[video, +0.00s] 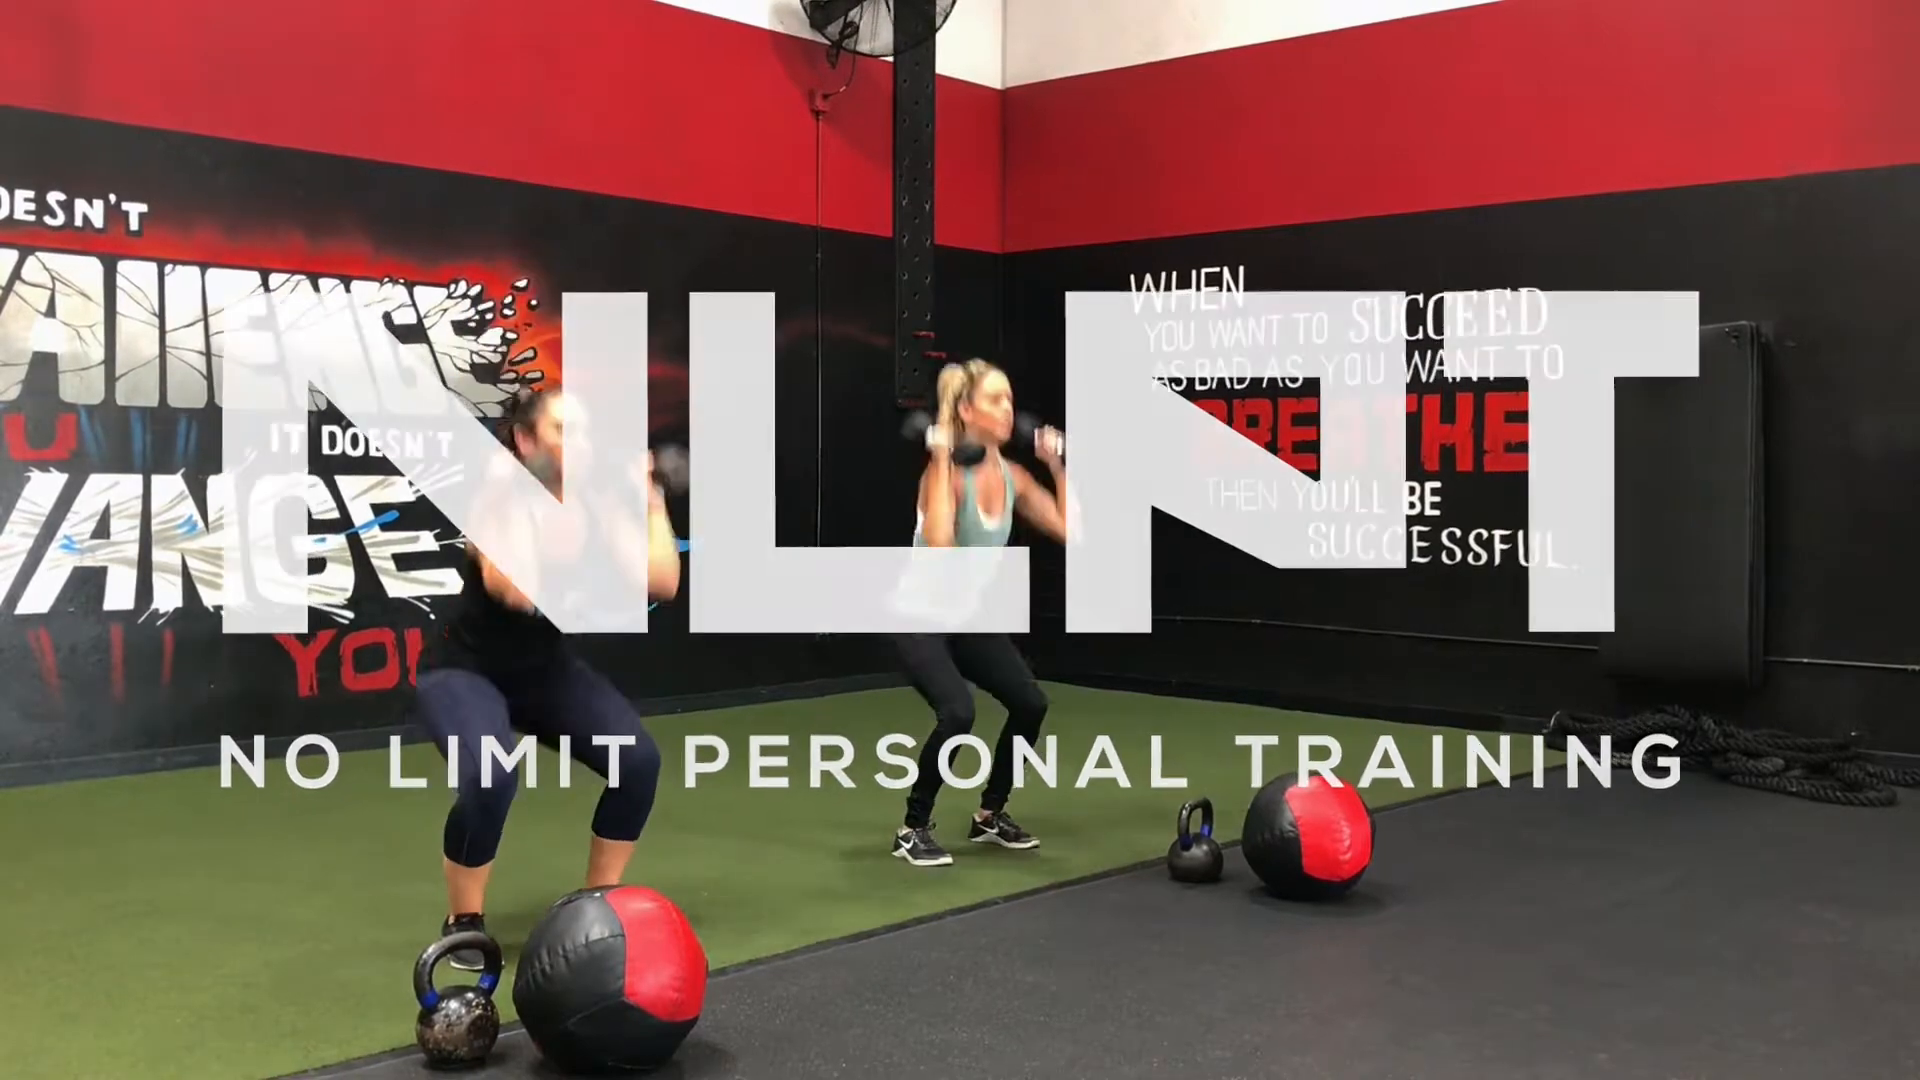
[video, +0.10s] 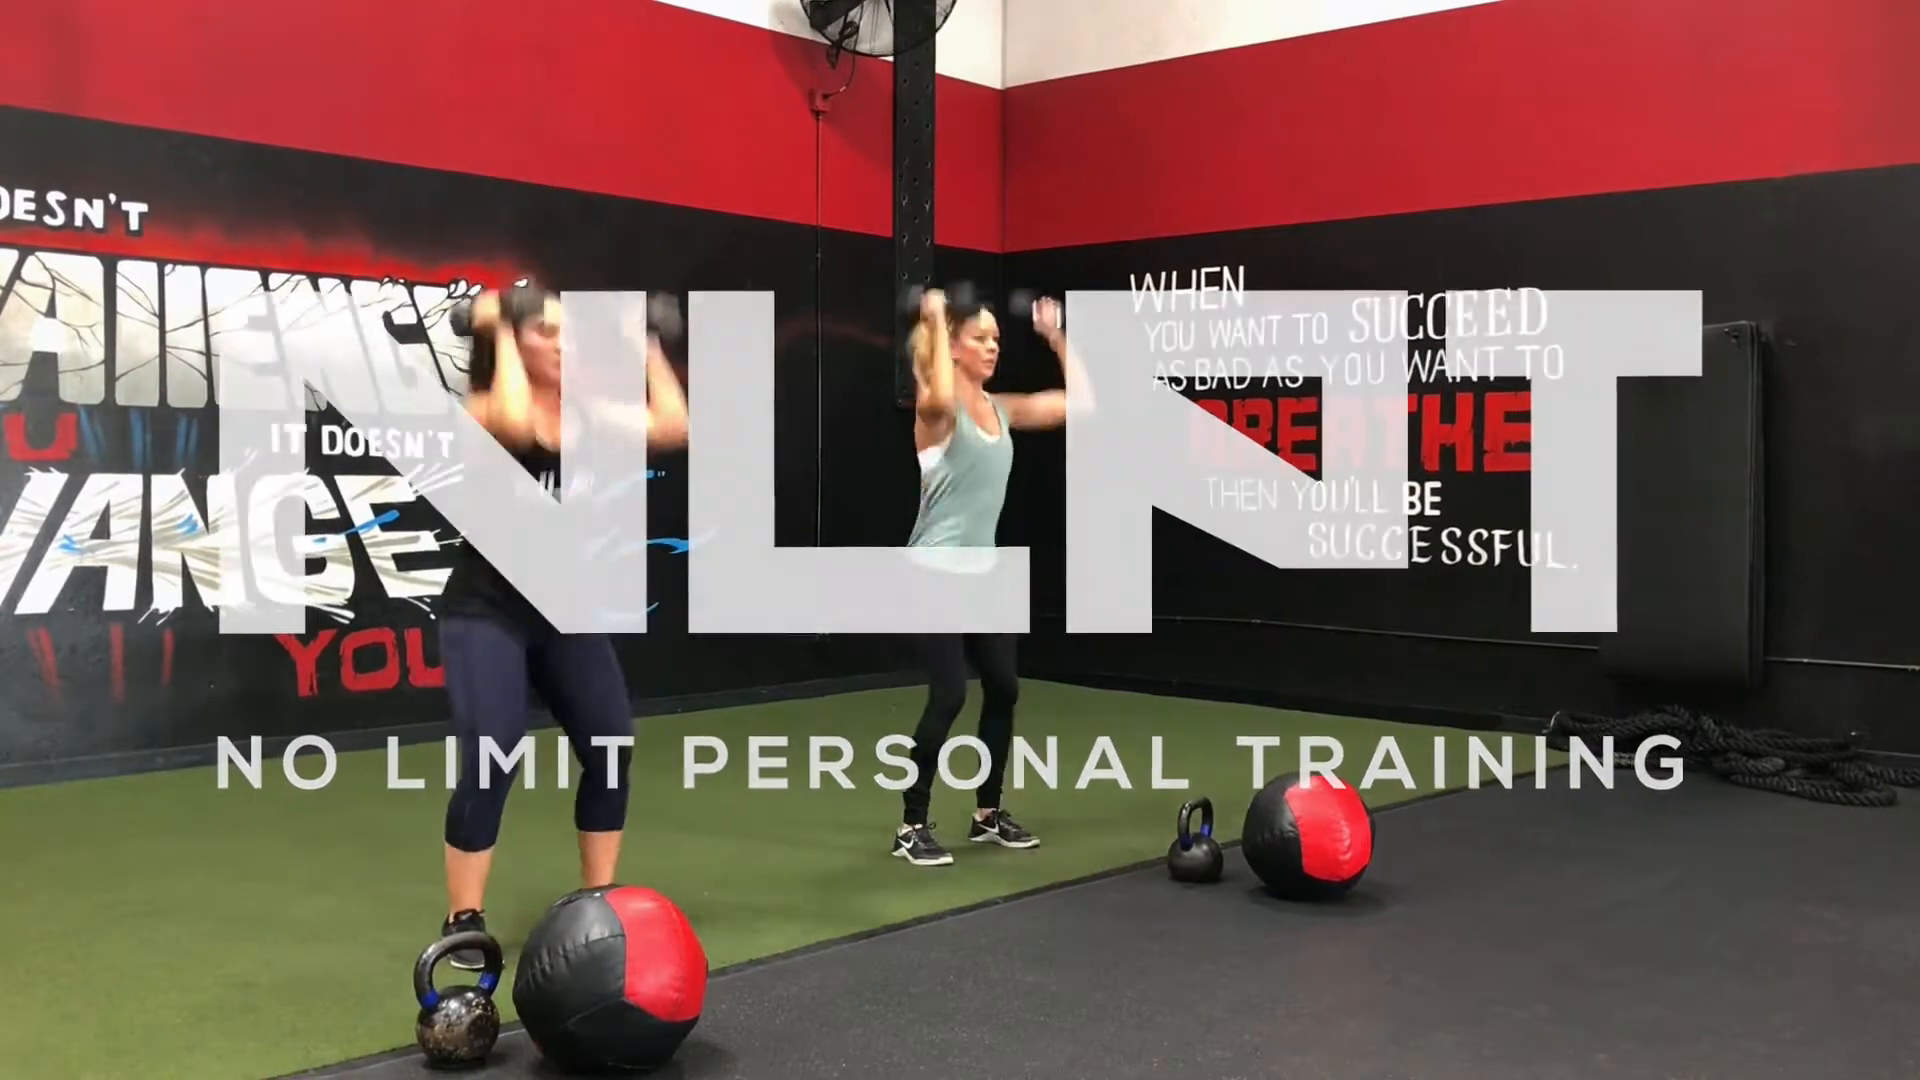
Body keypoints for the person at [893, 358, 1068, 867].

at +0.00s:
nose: (1008, 410)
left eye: (1009, 400)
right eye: (996, 401)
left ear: (1005, 409)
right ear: (965, 410)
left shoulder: (1011, 474)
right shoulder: (943, 473)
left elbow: (1068, 530)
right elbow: (938, 542)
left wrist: (1057, 467)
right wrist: (941, 460)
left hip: (971, 621)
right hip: (918, 622)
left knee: (1030, 703)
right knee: (957, 711)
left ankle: (990, 813)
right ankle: (915, 828)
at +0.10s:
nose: (992, 348)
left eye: (994, 340)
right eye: (981, 340)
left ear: (996, 346)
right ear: (951, 347)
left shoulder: (999, 407)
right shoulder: (937, 407)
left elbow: (1079, 403)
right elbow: (938, 392)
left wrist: (1058, 340)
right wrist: (934, 325)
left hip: (986, 578)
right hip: (932, 579)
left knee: (1003, 688)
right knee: (948, 692)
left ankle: (988, 813)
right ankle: (913, 825)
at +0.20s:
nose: (989, 343)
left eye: (991, 333)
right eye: (977, 333)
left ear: (991, 340)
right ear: (946, 338)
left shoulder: (997, 394)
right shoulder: (938, 397)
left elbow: (1056, 328)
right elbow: (942, 324)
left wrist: (1050, 250)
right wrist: (939, 239)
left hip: (991, 570)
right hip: (941, 571)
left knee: (987, 692)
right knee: (938, 689)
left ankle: (987, 813)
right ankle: (912, 824)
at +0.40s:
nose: (984, 343)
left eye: (987, 334)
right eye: (972, 334)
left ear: (988, 342)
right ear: (944, 343)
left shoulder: (993, 395)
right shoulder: (933, 397)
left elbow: (1063, 352)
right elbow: (936, 340)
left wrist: (1052, 282)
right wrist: (933, 259)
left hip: (985, 571)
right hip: (933, 572)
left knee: (996, 686)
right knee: (940, 690)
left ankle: (987, 814)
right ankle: (913, 825)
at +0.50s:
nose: (997, 376)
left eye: (995, 367)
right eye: (987, 368)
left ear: (984, 375)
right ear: (959, 377)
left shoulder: (997, 434)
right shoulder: (936, 433)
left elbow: (1073, 456)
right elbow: (934, 450)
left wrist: (1059, 392)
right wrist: (932, 370)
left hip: (967, 594)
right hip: (915, 594)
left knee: (1012, 695)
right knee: (953, 701)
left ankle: (988, 814)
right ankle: (913, 826)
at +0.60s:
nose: (1003, 440)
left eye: (1004, 430)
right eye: (992, 431)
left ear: (1005, 439)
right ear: (962, 442)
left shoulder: (1004, 503)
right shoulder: (939, 497)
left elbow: (1051, 574)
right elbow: (943, 573)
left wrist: (1051, 507)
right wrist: (940, 496)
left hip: (951, 639)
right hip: (898, 638)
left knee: (1028, 705)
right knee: (957, 713)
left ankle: (989, 815)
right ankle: (914, 828)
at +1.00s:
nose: (999, 389)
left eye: (1000, 380)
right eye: (987, 380)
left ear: (1000, 389)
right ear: (957, 388)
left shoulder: (1002, 452)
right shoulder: (937, 443)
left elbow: (1066, 510)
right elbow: (938, 502)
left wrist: (1057, 442)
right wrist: (934, 421)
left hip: (961, 608)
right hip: (909, 606)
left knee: (1021, 696)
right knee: (950, 705)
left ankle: (989, 815)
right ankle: (913, 827)